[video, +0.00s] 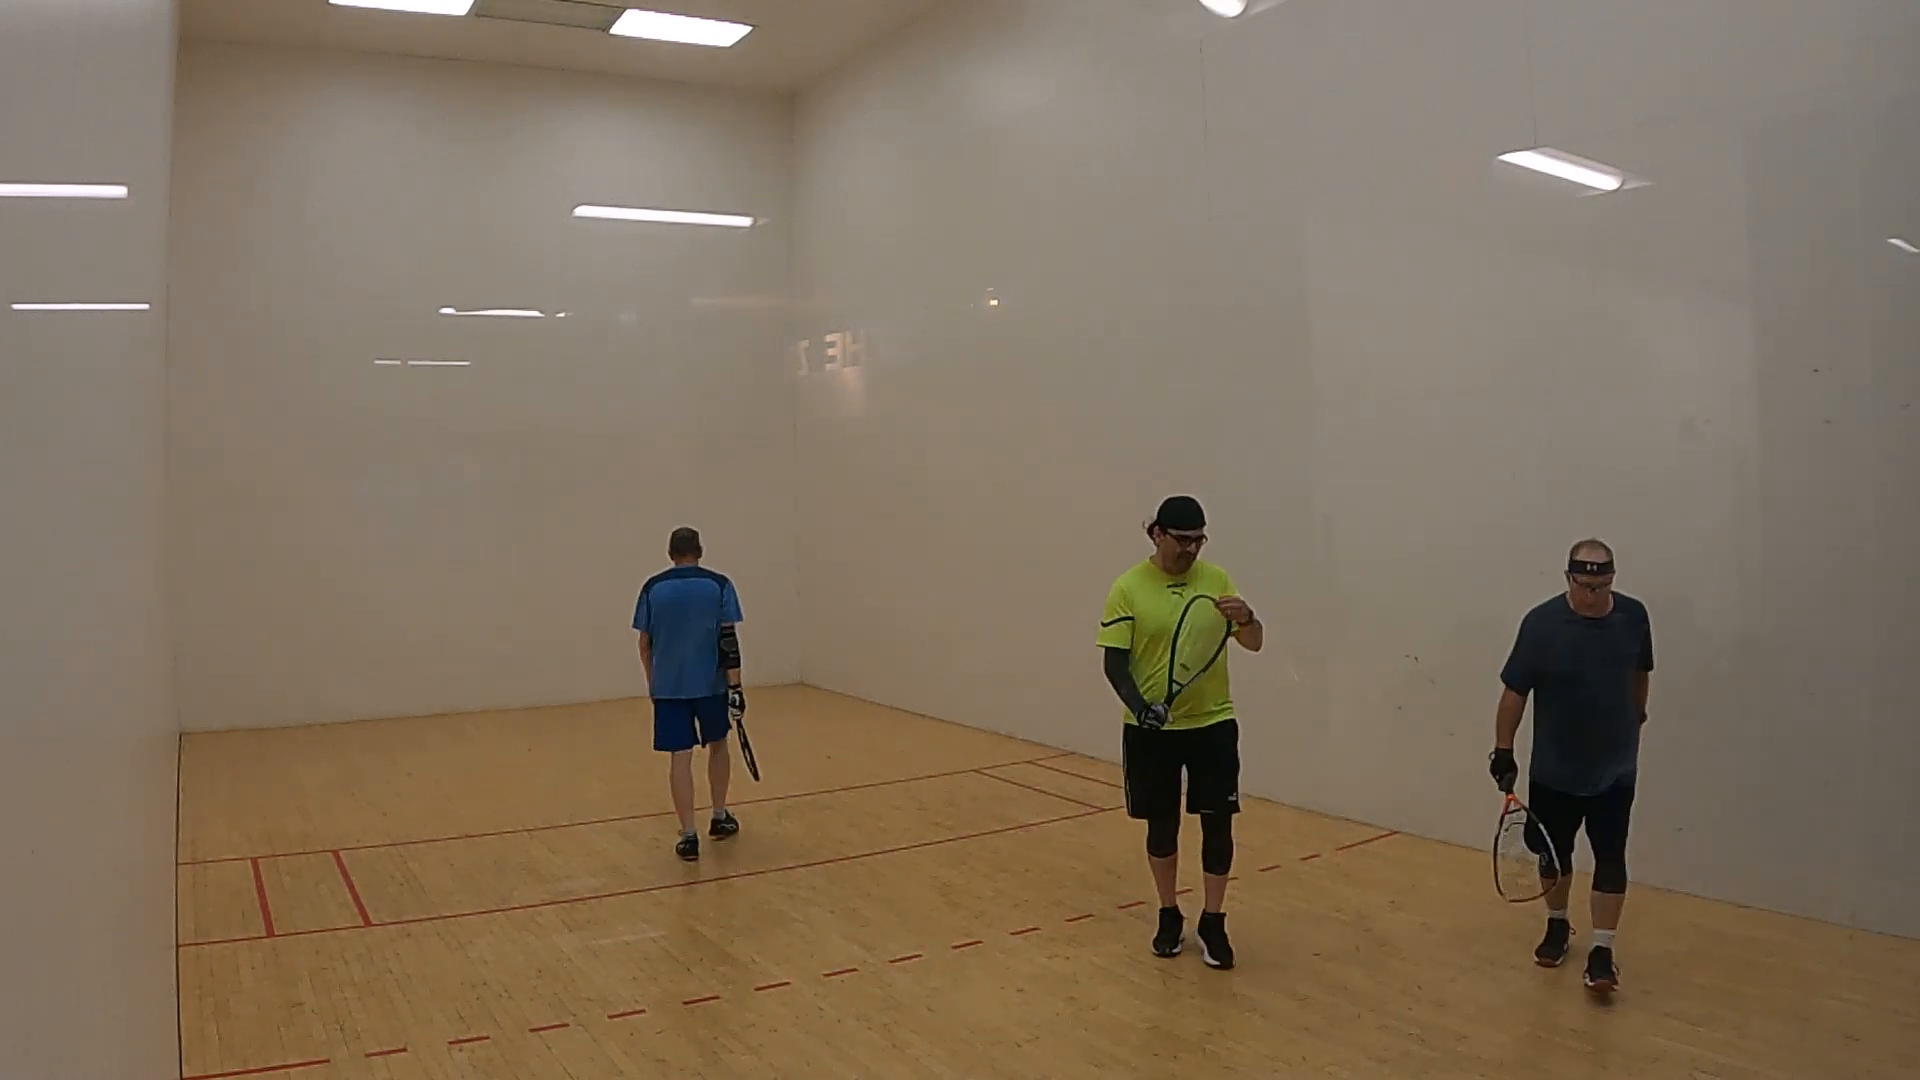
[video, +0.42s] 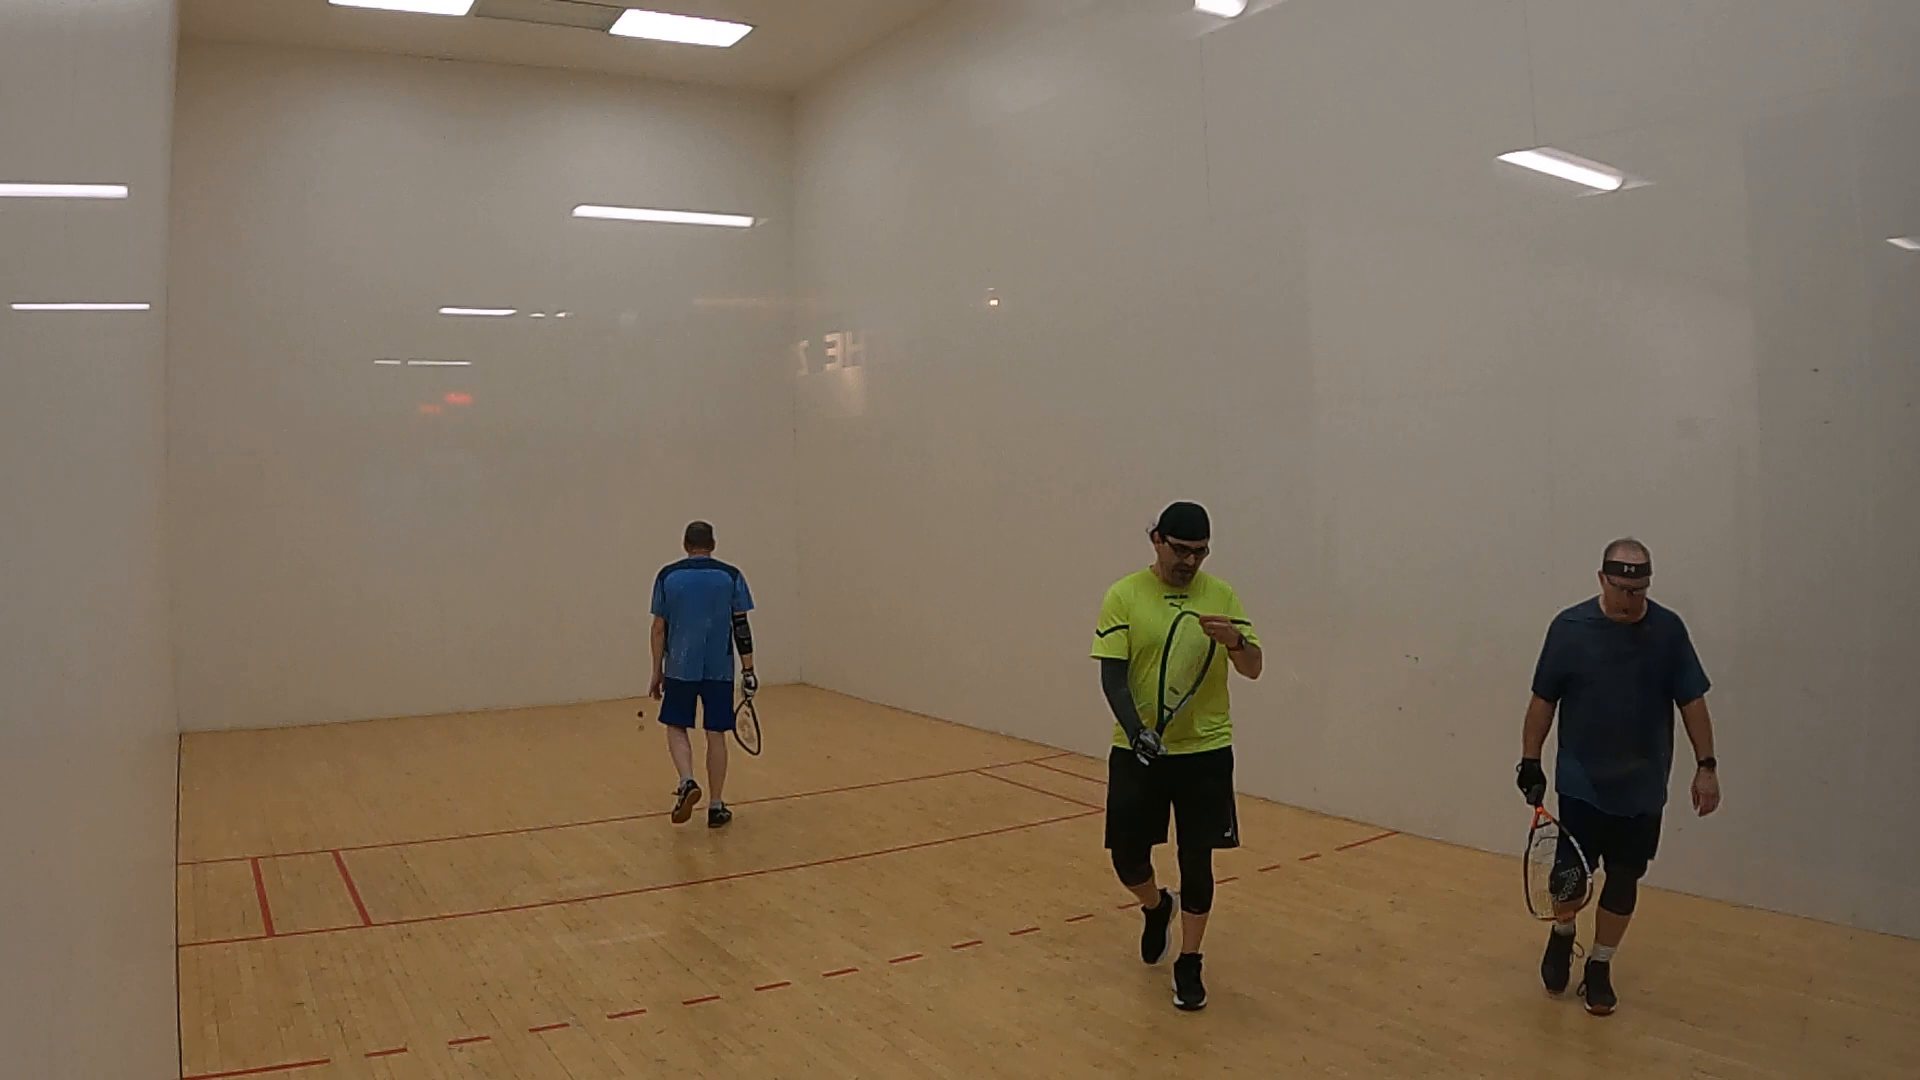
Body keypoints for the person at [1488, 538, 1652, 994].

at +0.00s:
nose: (1591, 580)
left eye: (1601, 572)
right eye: (1582, 572)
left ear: (1613, 576)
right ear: (1568, 575)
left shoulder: (1633, 617)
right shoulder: (1540, 624)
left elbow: (1639, 673)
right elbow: (1514, 690)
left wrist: (1638, 713)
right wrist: (1503, 750)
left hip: (1615, 762)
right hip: (1555, 763)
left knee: (1610, 857)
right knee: (1552, 851)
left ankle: (1602, 952)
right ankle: (1557, 926)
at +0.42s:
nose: (1633, 590)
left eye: (1641, 581)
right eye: (1623, 581)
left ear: (1651, 580)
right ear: (1603, 579)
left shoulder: (1668, 630)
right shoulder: (1569, 628)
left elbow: (1692, 701)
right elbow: (1544, 699)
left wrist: (1707, 766)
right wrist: (1530, 762)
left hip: (1642, 785)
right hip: (1581, 781)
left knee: (1623, 881)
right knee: (1571, 876)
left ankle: (1599, 967)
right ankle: (1561, 937)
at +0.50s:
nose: (1636, 586)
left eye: (1645, 578)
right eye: (1627, 577)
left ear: (1656, 581)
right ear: (1608, 578)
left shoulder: (1674, 632)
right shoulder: (1574, 630)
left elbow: (1702, 698)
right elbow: (1547, 701)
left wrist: (1720, 757)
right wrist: (1533, 766)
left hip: (1649, 786)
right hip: (1588, 782)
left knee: (1626, 881)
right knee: (1583, 881)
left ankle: (1600, 969)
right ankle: (1575, 970)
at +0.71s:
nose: (1649, 607)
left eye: (1658, 598)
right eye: (1640, 597)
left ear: (1668, 594)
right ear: (1620, 591)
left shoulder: (1684, 641)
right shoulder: (1583, 642)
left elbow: (1717, 706)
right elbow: (1554, 716)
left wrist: (1742, 761)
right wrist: (1538, 782)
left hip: (1662, 800)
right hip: (1602, 798)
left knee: (1634, 897)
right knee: (1612, 904)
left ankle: (1597, 975)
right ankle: (1615, 1014)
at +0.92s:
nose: (1662, 608)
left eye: (1671, 598)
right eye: (1651, 597)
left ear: (1682, 594)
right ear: (1629, 592)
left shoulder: (1697, 641)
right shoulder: (1593, 645)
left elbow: (1719, 719)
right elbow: (1565, 724)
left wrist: (1730, 788)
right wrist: (1554, 795)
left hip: (1678, 810)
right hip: (1612, 810)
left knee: (1678, 908)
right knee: (1611, 926)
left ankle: (1637, 958)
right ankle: (1614, 1019)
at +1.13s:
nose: (1691, 605)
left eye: (1699, 595)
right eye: (1679, 595)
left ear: (1707, 594)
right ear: (1653, 593)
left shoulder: (1715, 643)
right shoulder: (1614, 650)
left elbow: (1713, 724)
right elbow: (1581, 735)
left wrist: (1707, 793)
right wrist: (1576, 810)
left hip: (1697, 819)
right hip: (1626, 821)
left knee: (1711, 930)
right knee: (1618, 930)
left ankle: (1695, 1031)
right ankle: (1616, 1018)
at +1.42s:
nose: (1737, 618)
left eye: (1745, 607)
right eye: (1725, 607)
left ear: (1753, 604)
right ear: (1696, 601)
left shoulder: (1759, 657)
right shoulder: (1658, 661)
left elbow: (1759, 744)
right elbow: (1627, 760)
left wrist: (1751, 822)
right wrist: (1627, 838)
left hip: (1740, 844)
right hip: (1667, 843)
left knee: (1736, 964)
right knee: (1644, 951)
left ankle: (1715, 1069)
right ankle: (1619, 1010)